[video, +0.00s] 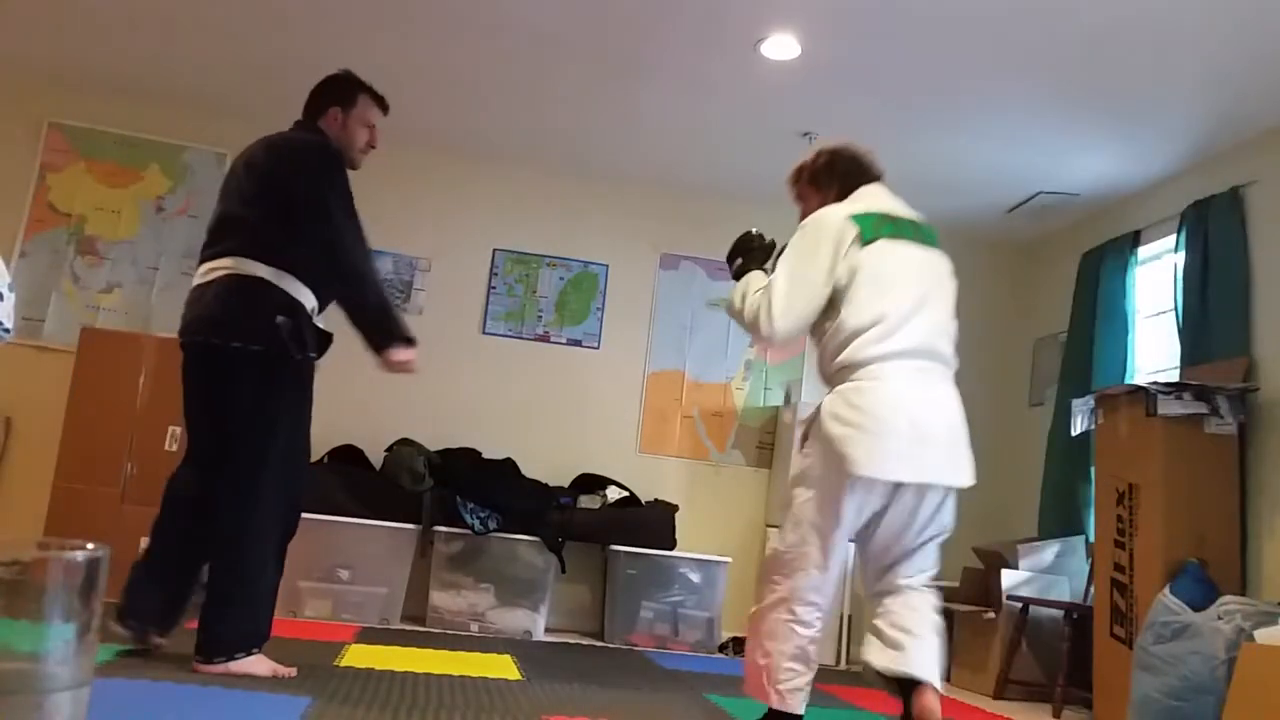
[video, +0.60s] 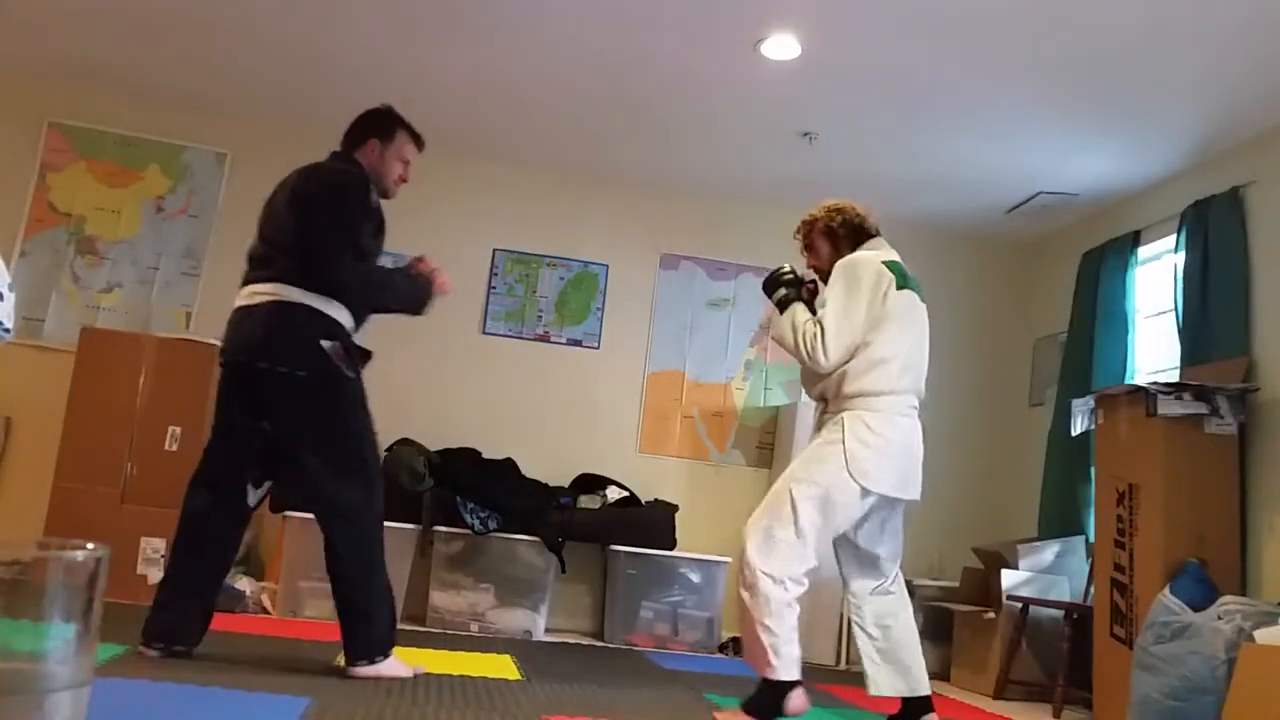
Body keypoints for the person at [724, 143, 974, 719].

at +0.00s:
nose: (801, 214)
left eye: (802, 203)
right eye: (798, 204)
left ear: (821, 189)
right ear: (866, 182)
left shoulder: (831, 223)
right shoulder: (925, 236)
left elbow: (777, 323)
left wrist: (747, 276)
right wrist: (800, 273)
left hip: (862, 422)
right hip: (940, 430)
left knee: (805, 565)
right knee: (908, 577)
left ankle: (784, 705)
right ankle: (923, 691)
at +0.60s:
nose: (809, 260)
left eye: (812, 248)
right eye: (806, 251)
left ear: (835, 238)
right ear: (861, 236)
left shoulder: (858, 268)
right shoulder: (900, 280)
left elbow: (824, 353)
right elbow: (828, 377)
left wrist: (788, 303)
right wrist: (816, 304)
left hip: (860, 435)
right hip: (897, 439)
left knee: (768, 546)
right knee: (874, 575)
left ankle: (781, 684)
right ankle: (914, 698)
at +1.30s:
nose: (747, 274)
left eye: (750, 263)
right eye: (746, 265)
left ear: (770, 258)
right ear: (795, 258)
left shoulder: (783, 289)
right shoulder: (831, 301)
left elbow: (750, 364)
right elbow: (787, 371)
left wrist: (720, 317)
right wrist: (745, 322)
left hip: (792, 445)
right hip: (835, 454)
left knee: (694, 533)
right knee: (793, 578)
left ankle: (716, 663)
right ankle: (836, 691)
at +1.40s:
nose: (739, 279)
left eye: (743, 267)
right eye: (737, 269)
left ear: (766, 262)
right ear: (789, 264)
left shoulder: (775, 295)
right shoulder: (818, 308)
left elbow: (741, 366)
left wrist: (708, 327)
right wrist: (730, 334)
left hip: (781, 444)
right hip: (819, 453)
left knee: (670, 527)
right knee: (784, 579)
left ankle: (668, 661)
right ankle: (830, 688)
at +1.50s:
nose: (720, 271)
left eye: (724, 261)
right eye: (720, 262)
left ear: (744, 257)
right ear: (771, 260)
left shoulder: (755, 288)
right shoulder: (803, 309)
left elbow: (730, 351)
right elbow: (782, 378)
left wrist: (685, 317)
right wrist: (714, 356)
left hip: (752, 439)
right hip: (794, 450)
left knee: (653, 525)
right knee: (782, 571)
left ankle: (604, 656)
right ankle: (833, 686)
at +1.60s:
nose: (690, 255)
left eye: (695, 246)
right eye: (692, 247)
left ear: (712, 246)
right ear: (744, 252)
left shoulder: (717, 275)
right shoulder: (780, 313)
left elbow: (696, 321)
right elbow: (791, 386)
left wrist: (639, 292)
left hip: (715, 434)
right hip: (768, 446)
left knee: (625, 528)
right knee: (780, 564)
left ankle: (551, 648)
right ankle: (832, 683)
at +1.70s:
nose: (649, 242)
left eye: (653, 234)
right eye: (651, 234)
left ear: (668, 234)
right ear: (709, 242)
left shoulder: (655, 268)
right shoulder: (744, 299)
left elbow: (580, 266)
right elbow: (773, 379)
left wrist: (516, 240)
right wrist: (712, 391)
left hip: (680, 440)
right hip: (743, 447)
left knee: (586, 547)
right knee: (764, 557)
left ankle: (521, 665)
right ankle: (818, 674)